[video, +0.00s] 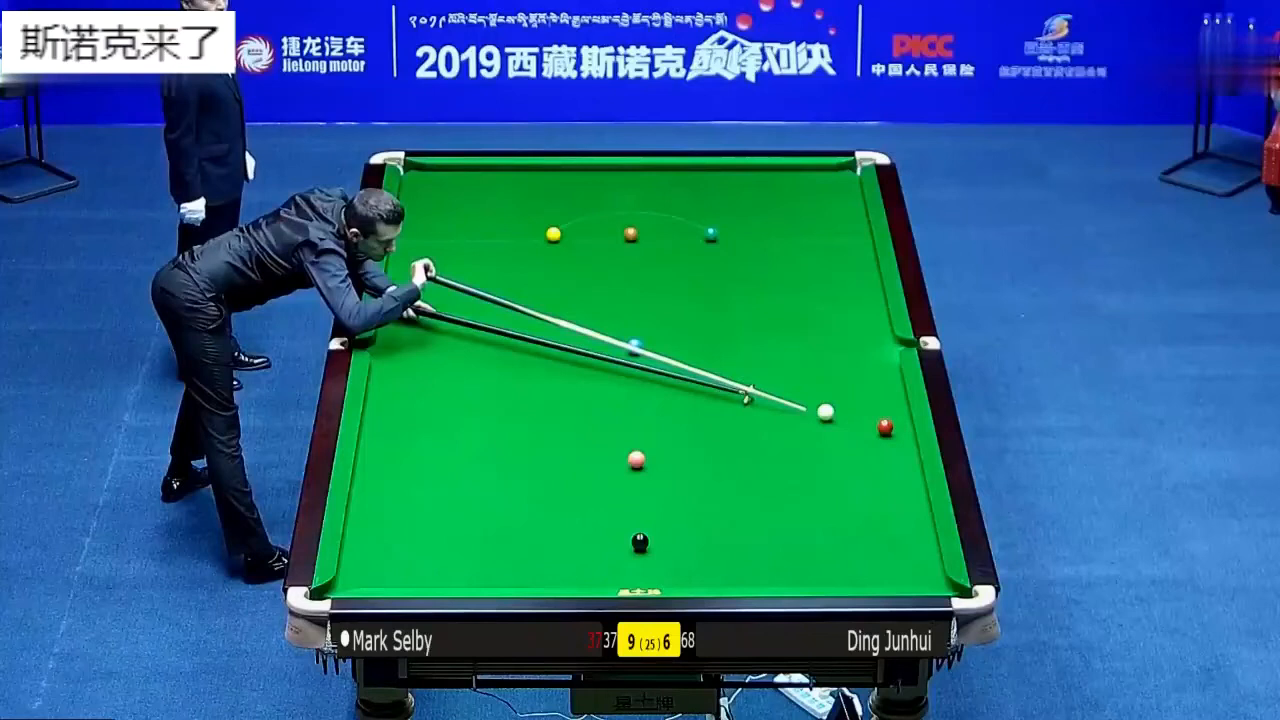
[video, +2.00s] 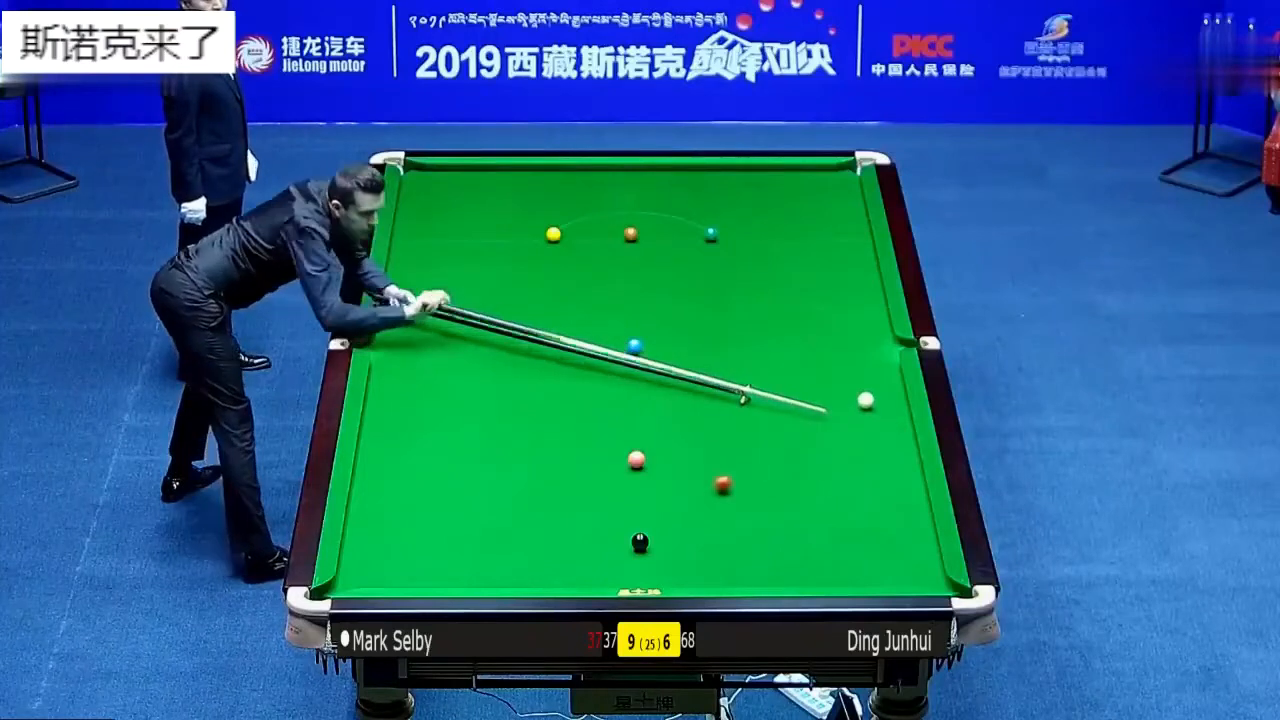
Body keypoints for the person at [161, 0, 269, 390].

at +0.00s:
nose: (223, 9)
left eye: (223, 4)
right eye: (214, 4)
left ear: (220, 10)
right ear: (190, 7)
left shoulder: (217, 54)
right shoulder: (184, 67)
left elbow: (225, 114)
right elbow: (179, 136)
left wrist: (240, 153)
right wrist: (189, 195)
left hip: (226, 184)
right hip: (204, 190)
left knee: (219, 268)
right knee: (204, 274)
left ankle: (217, 347)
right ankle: (213, 353)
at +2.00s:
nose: (222, 8)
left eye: (222, 3)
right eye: (212, 3)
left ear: (219, 9)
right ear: (189, 6)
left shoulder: (216, 51)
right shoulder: (183, 64)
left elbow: (227, 114)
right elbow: (180, 136)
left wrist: (243, 154)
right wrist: (190, 194)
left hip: (228, 183)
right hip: (205, 190)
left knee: (220, 271)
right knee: (201, 276)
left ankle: (219, 349)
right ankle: (202, 357)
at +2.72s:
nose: (234, 2)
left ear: (238, 2)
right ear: (205, 2)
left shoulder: (238, 31)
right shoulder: (194, 49)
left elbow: (242, 104)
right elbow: (185, 127)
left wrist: (263, 156)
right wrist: (193, 190)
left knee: (260, 256)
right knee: (202, 274)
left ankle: (269, 330)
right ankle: (196, 359)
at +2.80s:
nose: (243, 3)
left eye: (246, 0)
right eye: (235, 0)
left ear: (251, 4)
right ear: (216, 3)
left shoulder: (254, 31)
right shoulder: (204, 47)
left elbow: (261, 93)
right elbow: (196, 121)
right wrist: (201, 184)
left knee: (275, 250)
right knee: (214, 257)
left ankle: (285, 322)